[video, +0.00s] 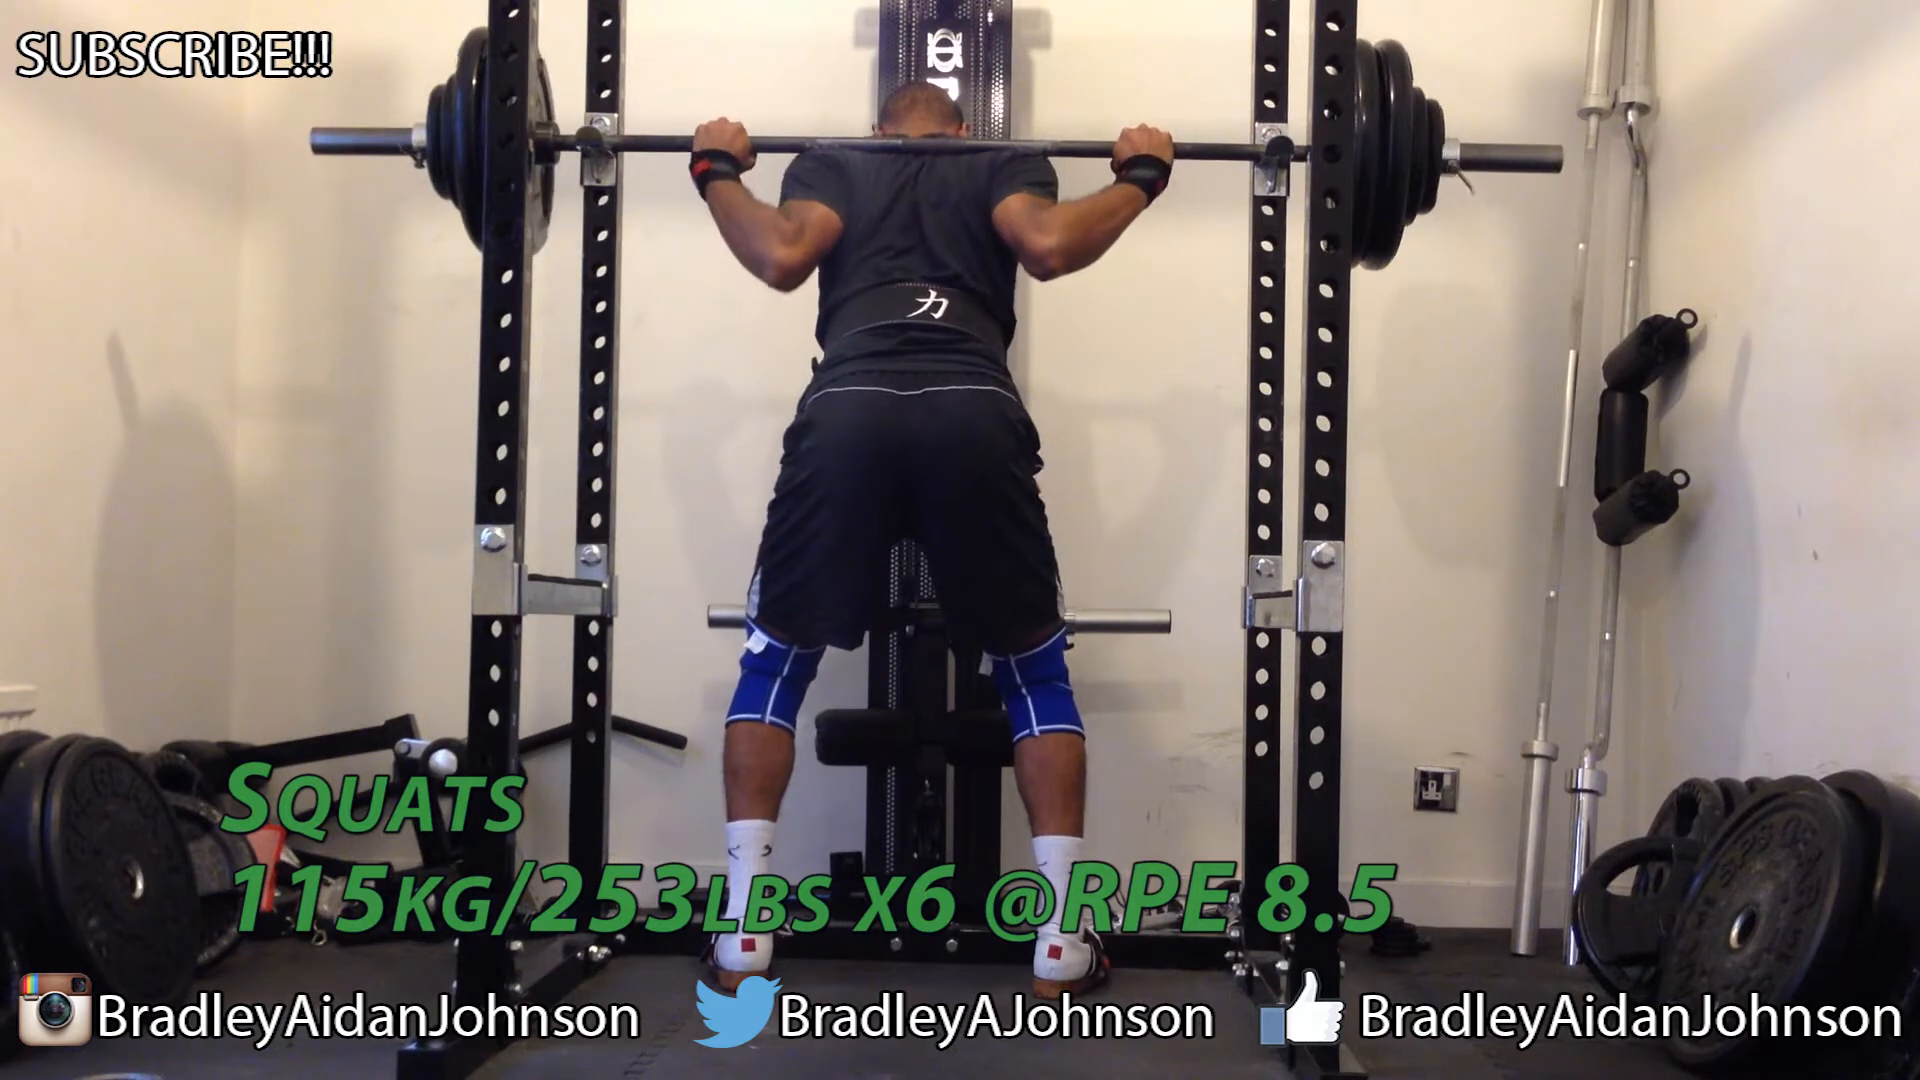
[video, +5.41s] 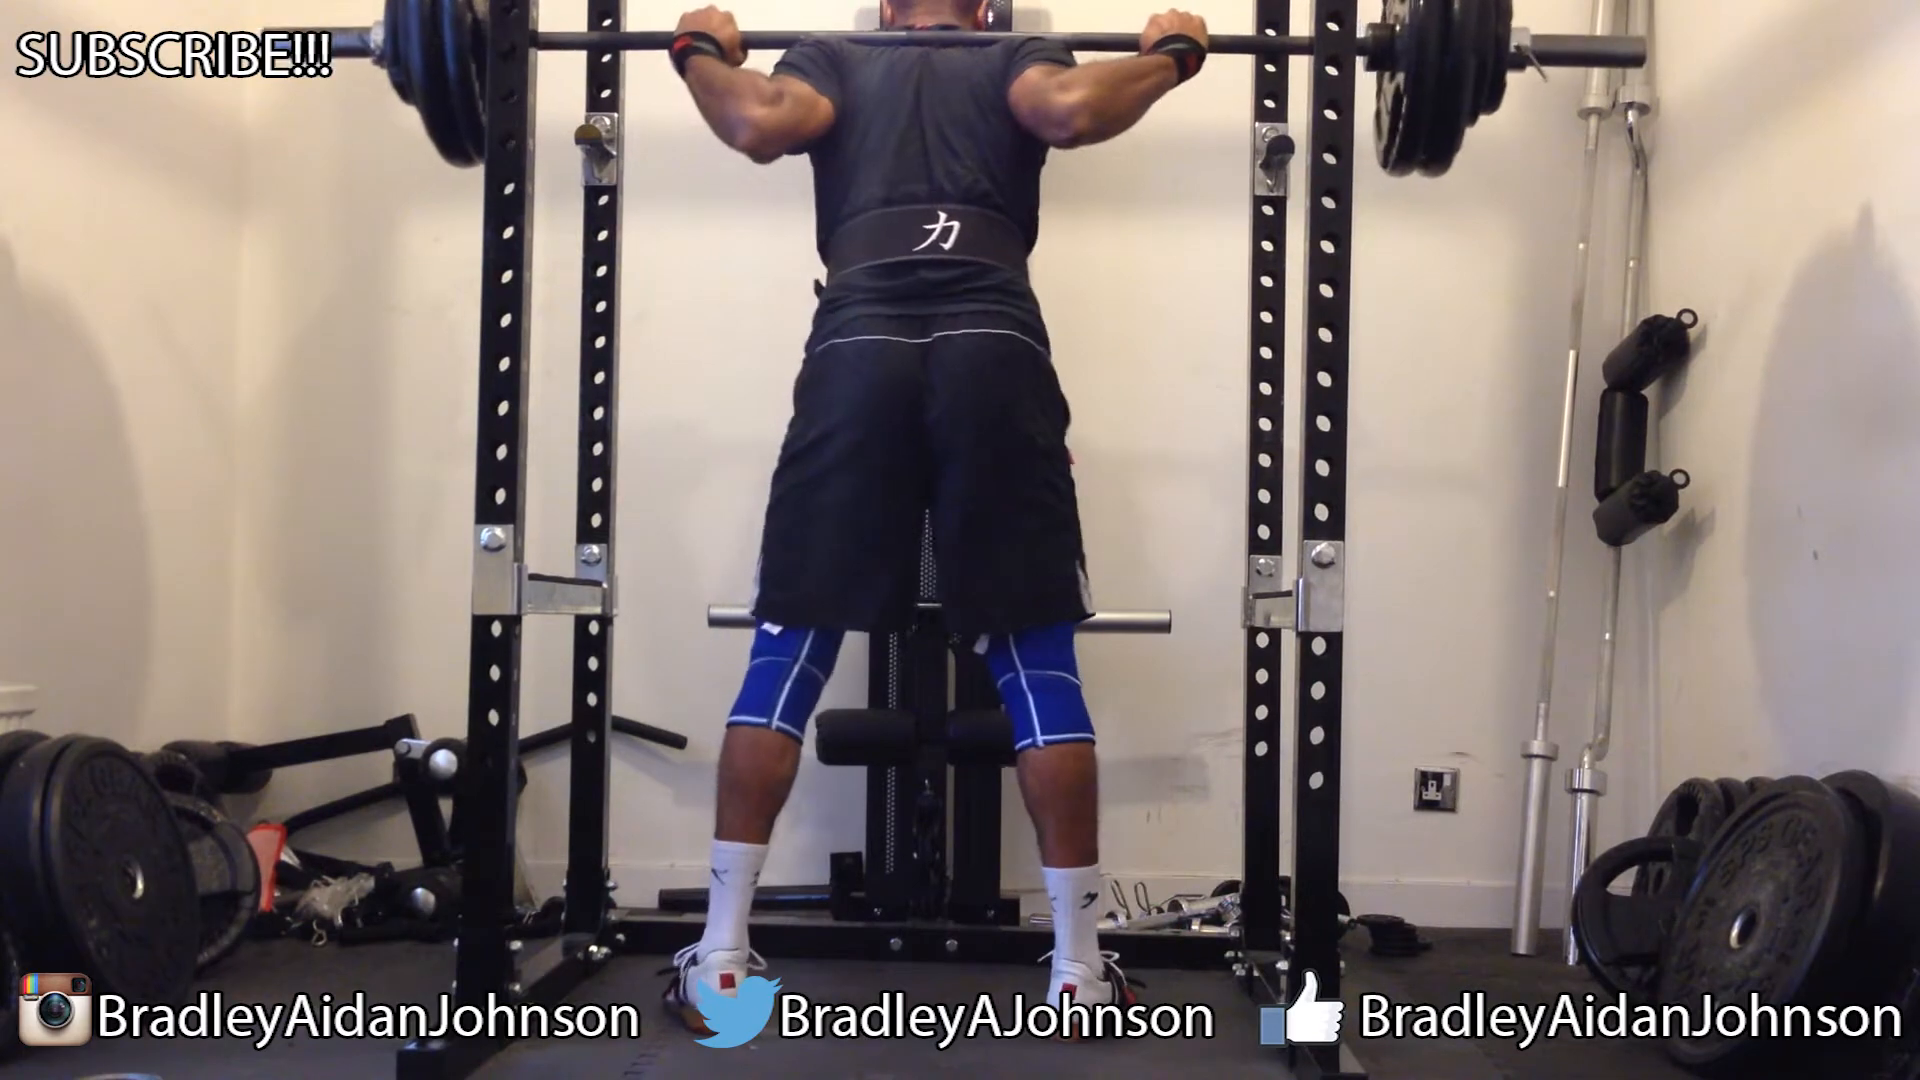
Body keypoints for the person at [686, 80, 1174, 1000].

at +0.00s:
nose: (939, 127)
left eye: (917, 119)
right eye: (951, 118)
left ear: (878, 126)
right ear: (965, 126)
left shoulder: (835, 161)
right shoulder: (999, 162)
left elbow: (781, 259)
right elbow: (1048, 248)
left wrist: (720, 174)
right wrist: (1137, 183)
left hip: (847, 412)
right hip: (973, 409)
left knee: (776, 658)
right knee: (1032, 668)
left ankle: (744, 916)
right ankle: (1062, 926)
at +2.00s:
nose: (907, 88)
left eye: (892, 76)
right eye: (956, 76)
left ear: (880, 90)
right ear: (970, 90)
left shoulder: (839, 147)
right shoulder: (998, 143)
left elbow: (777, 188)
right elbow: (1055, 180)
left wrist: (728, 137)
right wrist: (1135, 139)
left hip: (855, 414)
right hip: (985, 414)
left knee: (786, 666)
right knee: (1038, 674)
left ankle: (746, 918)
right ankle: (1061, 929)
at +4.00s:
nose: (938, 26)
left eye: (917, 20)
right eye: (942, 21)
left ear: (848, 24)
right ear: (939, 25)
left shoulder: (790, 68)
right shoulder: (970, 68)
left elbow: (714, 135)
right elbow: (1014, 125)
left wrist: (666, 72)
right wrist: (1103, 79)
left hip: (813, 361)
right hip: (947, 356)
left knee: (779, 650)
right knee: (1004, 639)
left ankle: (739, 948)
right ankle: (1056, 927)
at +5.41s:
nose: (993, 16)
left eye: (884, 4)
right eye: (989, 8)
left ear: (880, 7)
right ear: (983, 8)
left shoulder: (830, 57)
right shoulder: (1017, 53)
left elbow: (755, 126)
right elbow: (1064, 113)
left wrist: (701, 56)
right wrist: (1164, 59)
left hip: (855, 365)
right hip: (994, 361)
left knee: (784, 657)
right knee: (1040, 665)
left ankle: (721, 956)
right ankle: (1079, 971)